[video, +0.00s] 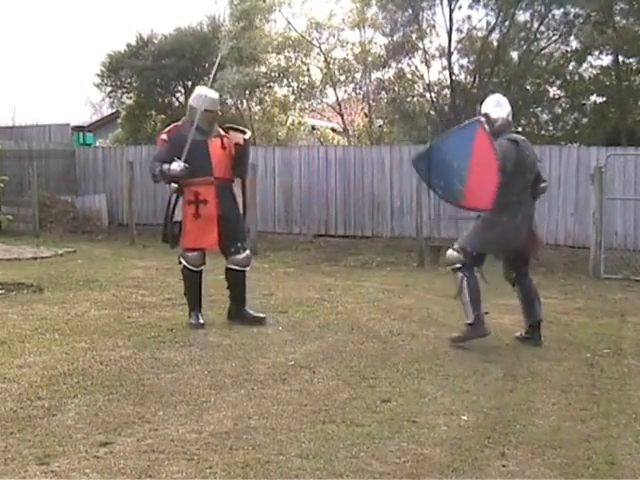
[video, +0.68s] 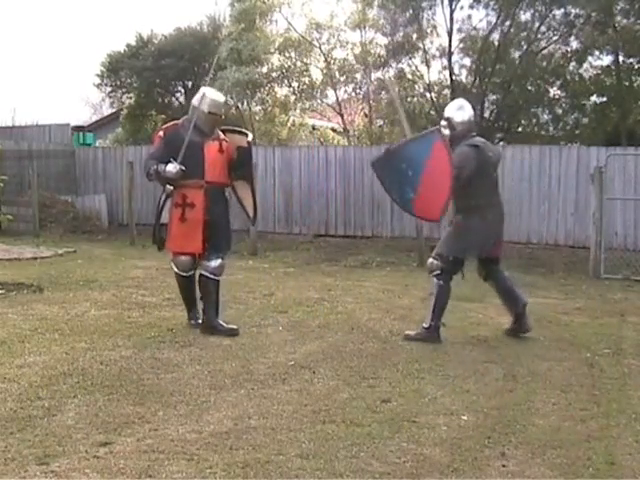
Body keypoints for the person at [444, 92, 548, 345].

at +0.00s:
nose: (483, 124)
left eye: (484, 120)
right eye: (483, 120)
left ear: (489, 120)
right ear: (508, 117)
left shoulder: (499, 147)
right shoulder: (525, 146)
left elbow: (488, 185)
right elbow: (539, 183)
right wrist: (520, 203)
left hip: (497, 222)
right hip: (522, 224)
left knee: (461, 260)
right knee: (519, 273)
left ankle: (475, 323)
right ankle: (534, 328)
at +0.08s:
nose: (480, 124)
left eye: (482, 119)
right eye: (481, 119)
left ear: (491, 119)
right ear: (506, 118)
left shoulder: (500, 147)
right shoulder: (522, 145)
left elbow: (488, 181)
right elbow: (536, 181)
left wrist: (478, 138)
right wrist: (521, 201)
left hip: (496, 221)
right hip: (521, 222)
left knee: (463, 263)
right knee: (521, 272)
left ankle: (460, 325)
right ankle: (534, 329)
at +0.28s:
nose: (468, 128)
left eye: (472, 124)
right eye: (468, 123)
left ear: (485, 124)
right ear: (494, 123)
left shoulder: (489, 150)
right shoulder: (510, 149)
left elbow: (479, 186)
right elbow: (523, 185)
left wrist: (467, 147)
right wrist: (508, 204)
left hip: (490, 223)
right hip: (514, 222)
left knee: (461, 271)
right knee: (521, 272)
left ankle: (437, 326)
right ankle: (535, 329)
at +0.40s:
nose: (458, 129)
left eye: (460, 124)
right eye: (458, 125)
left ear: (470, 125)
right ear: (483, 124)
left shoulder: (479, 151)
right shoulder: (502, 149)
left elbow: (469, 183)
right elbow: (507, 185)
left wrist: (457, 149)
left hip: (480, 225)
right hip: (505, 224)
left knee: (451, 271)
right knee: (513, 274)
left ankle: (433, 327)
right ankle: (533, 328)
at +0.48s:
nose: (452, 129)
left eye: (455, 124)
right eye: (451, 124)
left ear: (467, 125)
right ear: (477, 124)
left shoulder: (472, 152)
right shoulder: (495, 148)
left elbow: (459, 183)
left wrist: (450, 148)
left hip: (476, 226)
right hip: (499, 224)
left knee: (444, 270)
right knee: (505, 272)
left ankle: (432, 327)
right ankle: (532, 325)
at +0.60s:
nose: (447, 129)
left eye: (451, 124)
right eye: (447, 124)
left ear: (463, 124)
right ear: (470, 124)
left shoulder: (466, 151)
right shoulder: (485, 147)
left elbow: (454, 188)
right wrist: (447, 147)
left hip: (471, 222)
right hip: (491, 221)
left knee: (442, 270)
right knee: (493, 270)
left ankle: (432, 327)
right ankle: (527, 316)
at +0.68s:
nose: (447, 130)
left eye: (450, 125)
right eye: (446, 125)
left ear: (462, 125)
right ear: (470, 125)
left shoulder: (464, 152)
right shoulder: (486, 148)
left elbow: (446, 181)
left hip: (469, 222)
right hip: (492, 221)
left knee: (442, 270)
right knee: (489, 269)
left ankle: (432, 327)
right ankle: (520, 314)